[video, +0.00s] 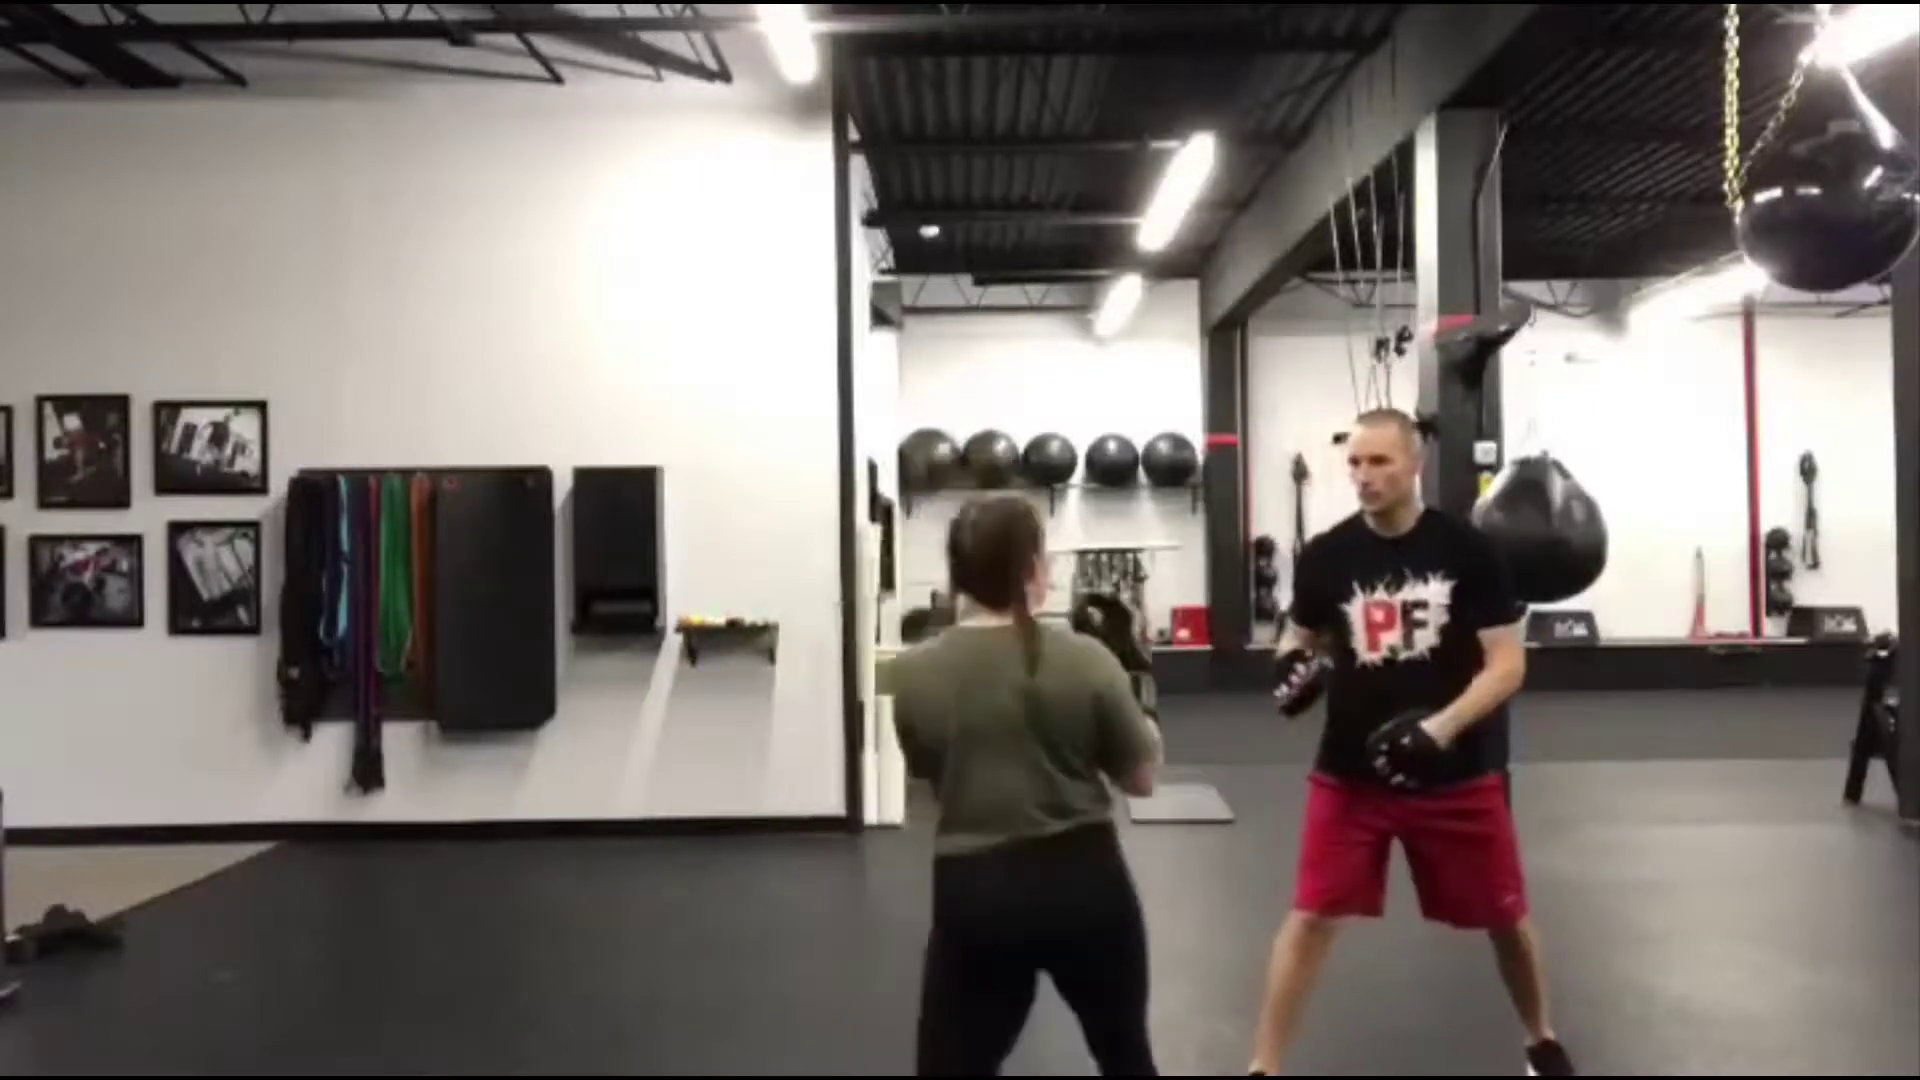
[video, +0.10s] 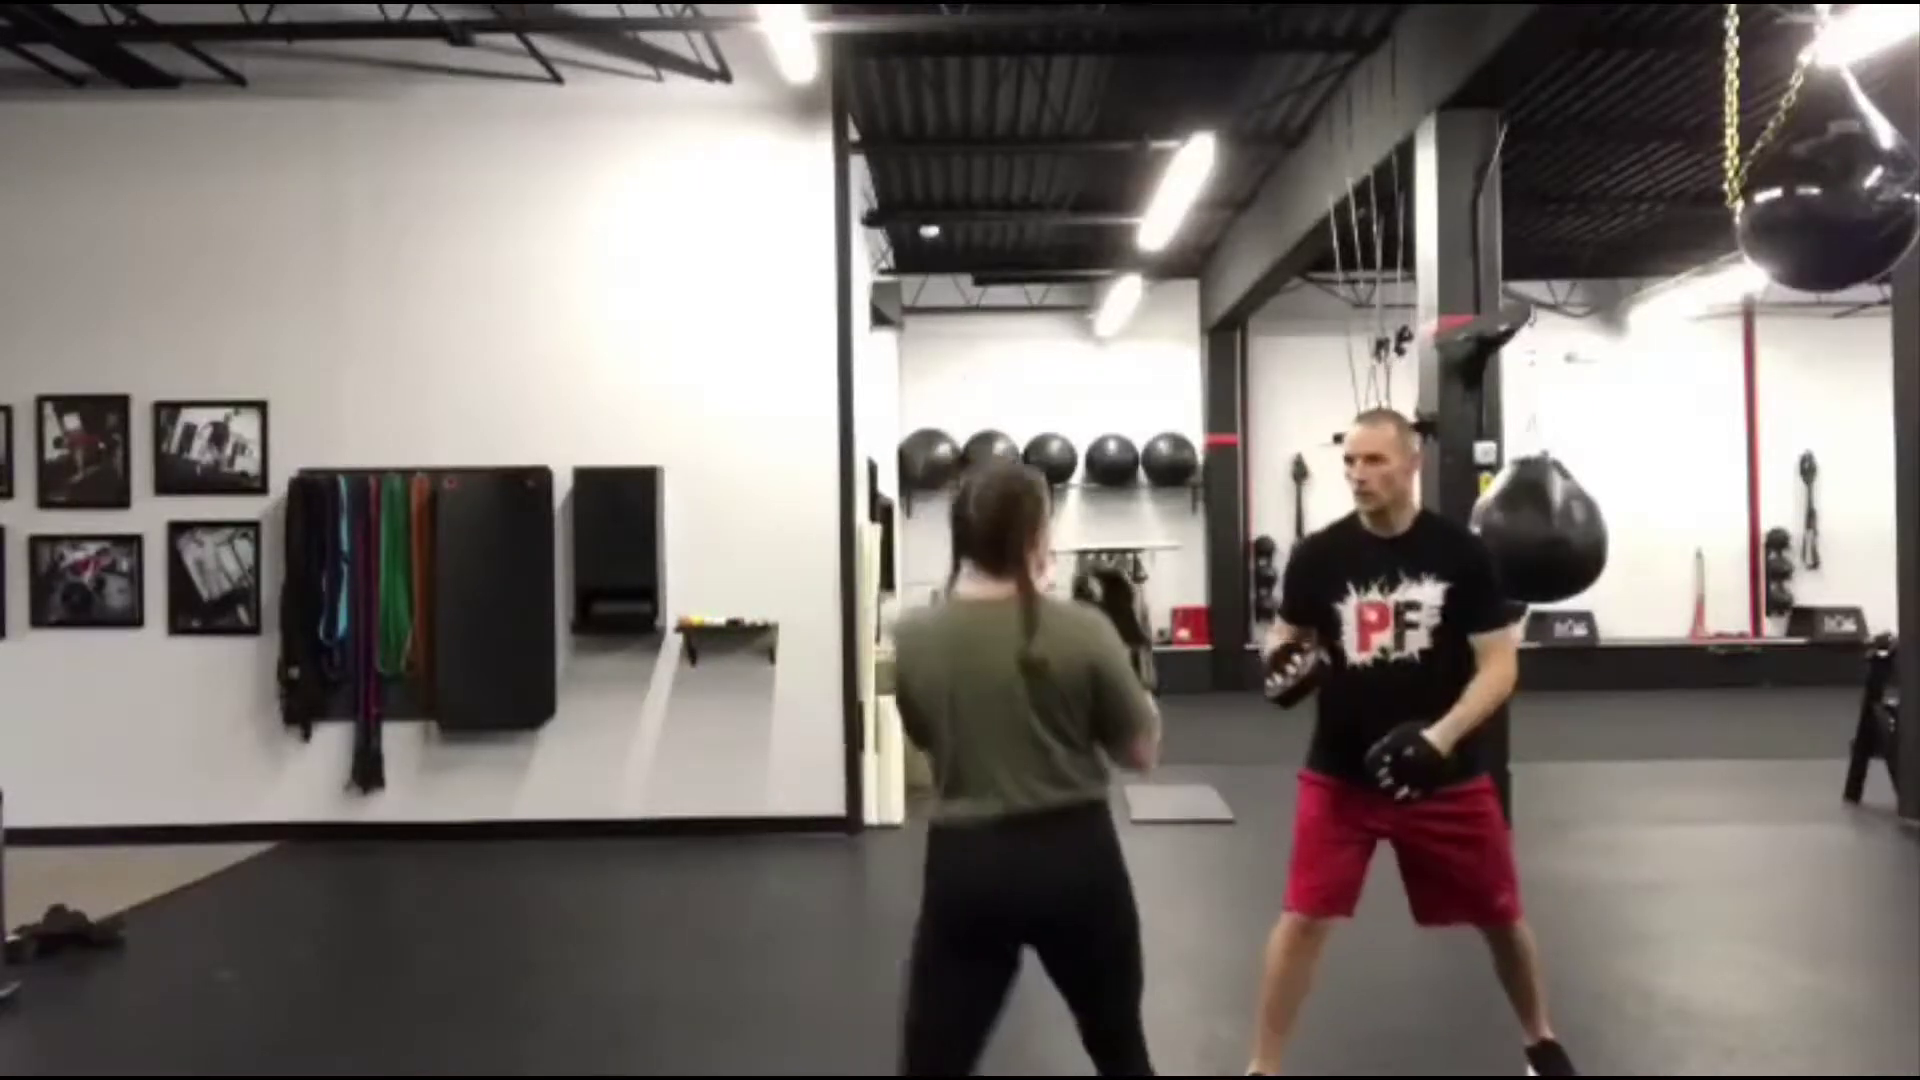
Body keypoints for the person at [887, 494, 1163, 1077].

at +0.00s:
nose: (1050, 565)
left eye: (1045, 552)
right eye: (1045, 553)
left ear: (957, 568)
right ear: (1033, 567)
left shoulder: (916, 672)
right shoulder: (1085, 660)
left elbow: (933, 777)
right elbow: (1140, 776)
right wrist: (1125, 701)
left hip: (975, 894)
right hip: (1085, 883)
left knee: (953, 1065)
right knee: (1126, 1059)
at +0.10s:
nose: (1049, 532)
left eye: (1043, 521)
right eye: (1046, 522)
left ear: (959, 533)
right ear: (1035, 535)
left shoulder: (917, 638)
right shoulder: (1080, 630)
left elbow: (928, 737)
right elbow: (1139, 748)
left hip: (965, 872)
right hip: (1075, 864)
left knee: (934, 1060)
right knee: (1119, 1049)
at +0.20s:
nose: (1044, 504)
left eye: (1042, 493)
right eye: (1042, 492)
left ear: (954, 496)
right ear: (1028, 499)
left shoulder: (904, 589)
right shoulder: (1066, 590)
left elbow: (900, 679)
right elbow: (1129, 710)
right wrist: (1065, 647)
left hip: (932, 821)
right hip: (1040, 821)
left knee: (896, 1040)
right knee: (1092, 1031)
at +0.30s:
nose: (1034, 511)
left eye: (1032, 500)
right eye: (1031, 500)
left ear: (944, 501)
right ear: (1016, 507)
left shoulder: (882, 594)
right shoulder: (1047, 601)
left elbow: (898, 680)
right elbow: (1106, 723)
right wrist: (1094, 644)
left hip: (897, 821)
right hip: (1003, 823)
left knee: (876, 1043)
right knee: (1067, 1030)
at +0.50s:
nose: (1017, 593)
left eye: (1015, 578)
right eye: (1013, 579)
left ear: (925, 583)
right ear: (994, 589)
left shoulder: (866, 664)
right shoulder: (1018, 691)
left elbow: (859, 770)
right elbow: (1063, 829)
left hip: (843, 909)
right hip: (949, 922)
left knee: (837, 1068)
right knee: (1052, 1038)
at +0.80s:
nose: (1043, 503)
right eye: (1040, 493)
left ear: (965, 510)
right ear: (1041, 503)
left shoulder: (934, 604)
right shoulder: (1092, 579)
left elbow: (905, 700)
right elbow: (1210, 585)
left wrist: (945, 602)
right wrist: (1203, 559)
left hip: (988, 824)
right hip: (1092, 812)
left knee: (921, 1035)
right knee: (1117, 998)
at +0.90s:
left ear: (989, 561)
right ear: (1064, 549)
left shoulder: (970, 655)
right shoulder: (1117, 619)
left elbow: (958, 763)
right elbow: (1214, 598)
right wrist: (1190, 553)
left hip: (1031, 868)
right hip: (1131, 848)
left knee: (956, 1053)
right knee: (1141, 1028)